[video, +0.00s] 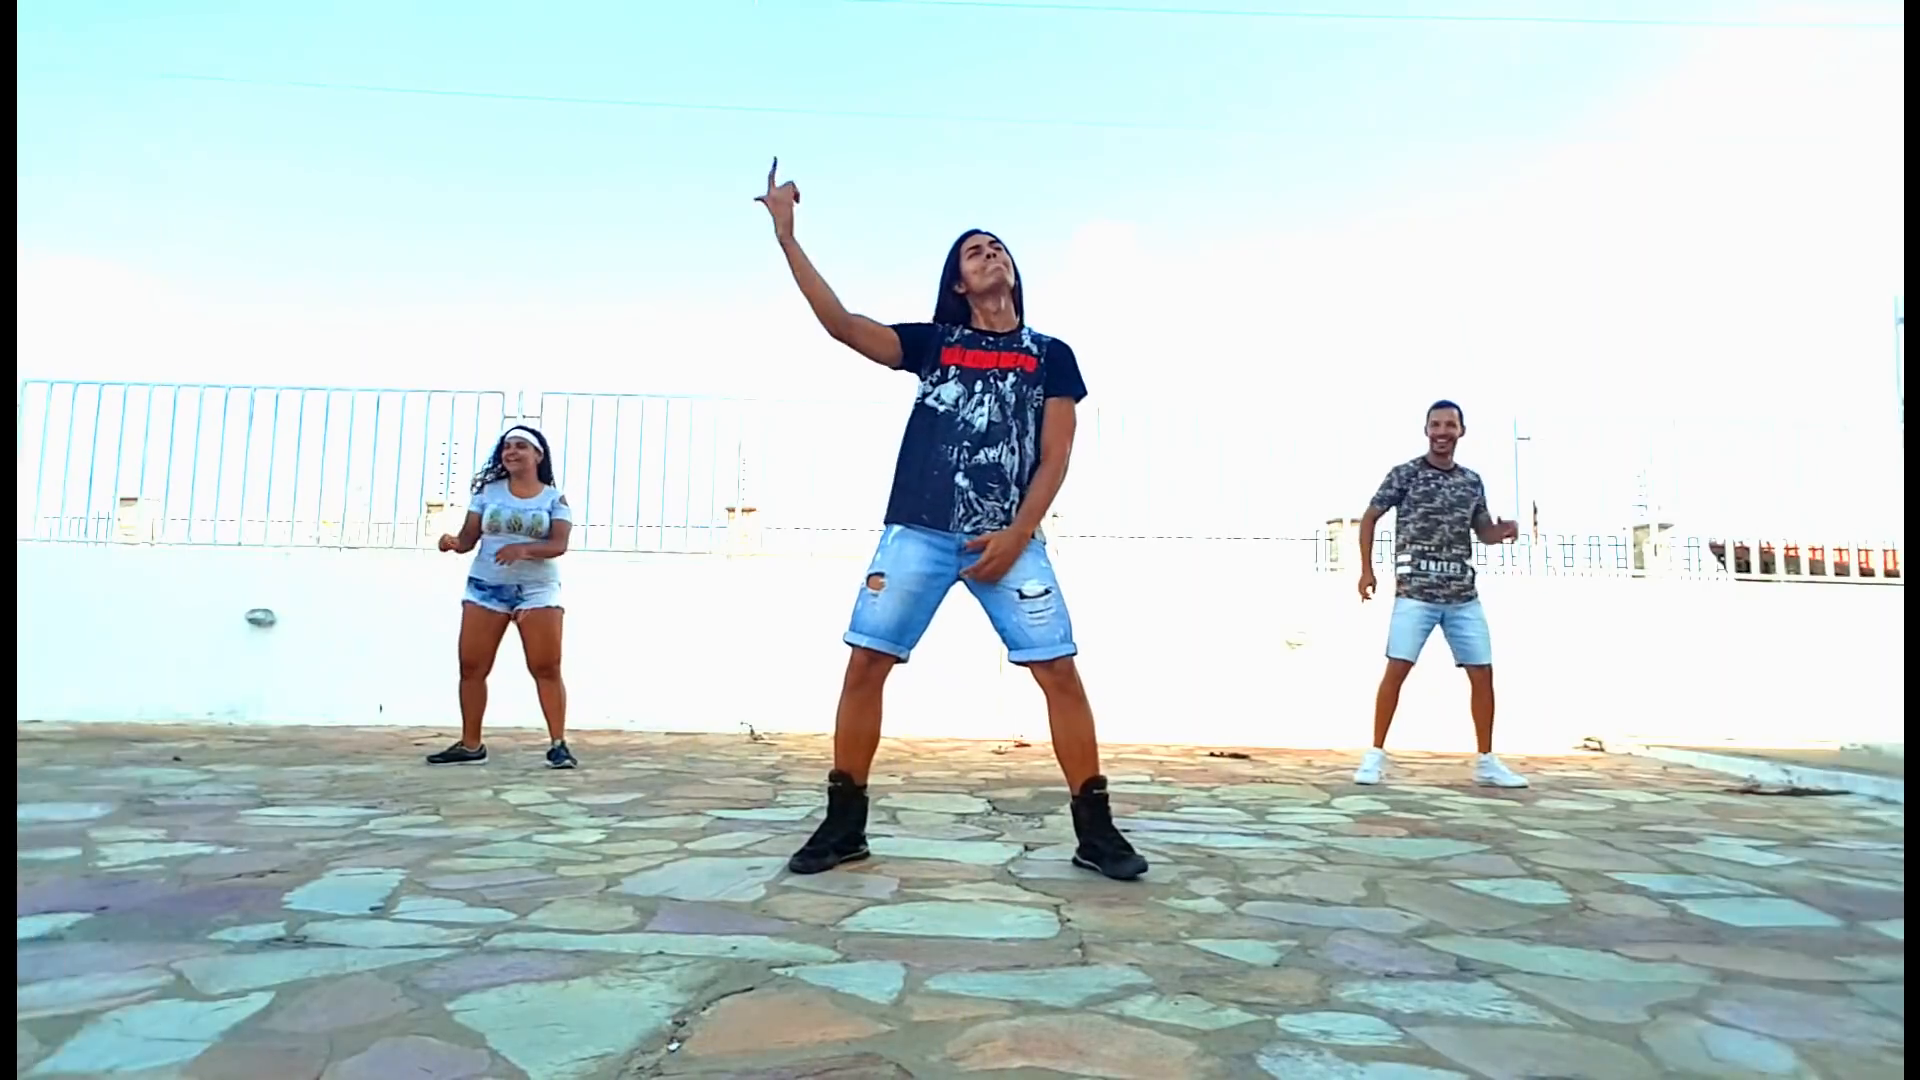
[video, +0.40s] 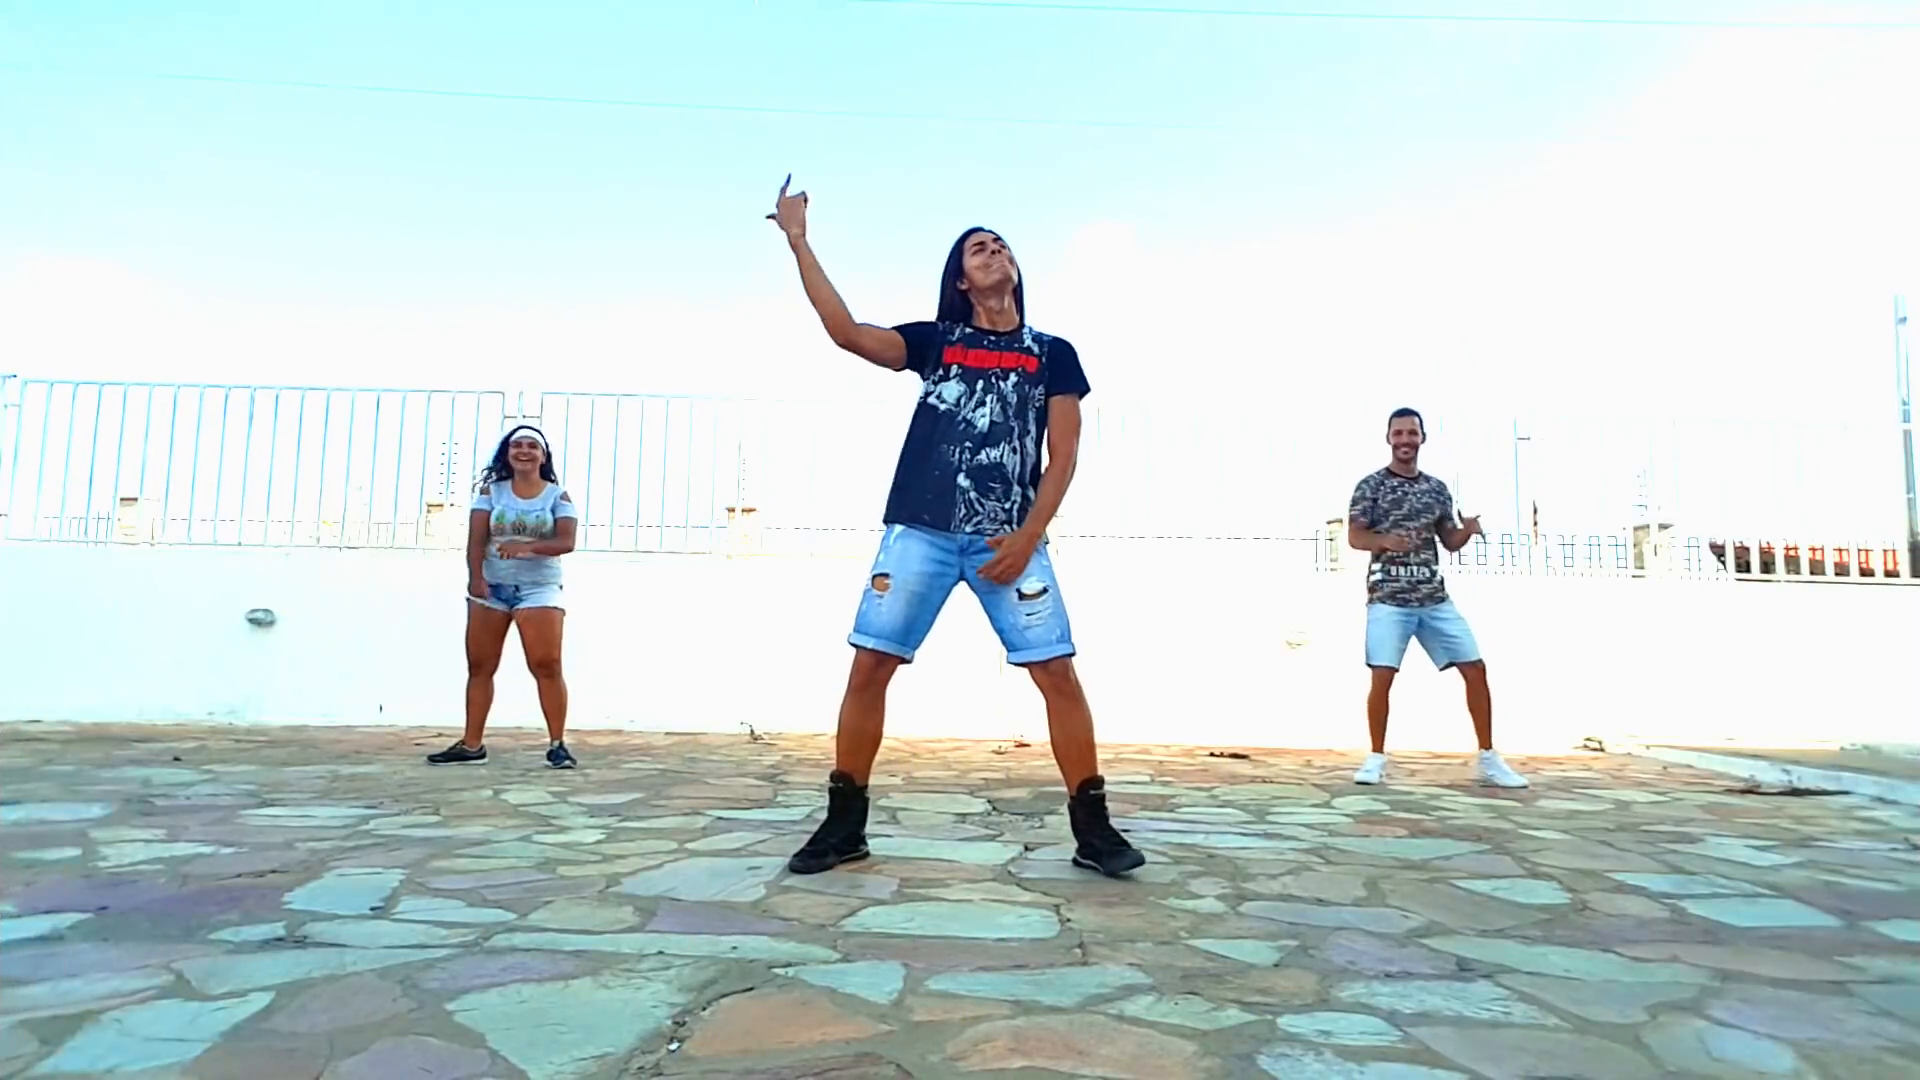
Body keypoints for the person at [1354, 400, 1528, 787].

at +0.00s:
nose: (1443, 432)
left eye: (1450, 426)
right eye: (1436, 425)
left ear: (1461, 432)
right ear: (1426, 431)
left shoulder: (1471, 481)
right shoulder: (1404, 475)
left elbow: (1484, 532)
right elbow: (1368, 520)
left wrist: (1501, 531)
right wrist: (1367, 569)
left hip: (1462, 597)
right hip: (1415, 595)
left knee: (1482, 672)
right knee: (1397, 669)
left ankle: (1486, 759)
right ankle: (1376, 753)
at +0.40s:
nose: (1405, 440)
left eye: (1412, 434)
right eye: (1398, 434)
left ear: (1422, 439)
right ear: (1388, 439)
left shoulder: (1436, 489)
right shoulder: (1370, 487)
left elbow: (1451, 542)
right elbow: (1355, 538)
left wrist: (1468, 530)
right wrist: (1385, 541)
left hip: (1434, 599)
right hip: (1389, 599)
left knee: (1474, 668)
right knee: (1382, 675)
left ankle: (1488, 756)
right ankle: (1376, 757)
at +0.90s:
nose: (1381, 431)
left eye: (1384, 425)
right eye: (1373, 424)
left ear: (1386, 429)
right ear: (1353, 428)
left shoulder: (1394, 470)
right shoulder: (1332, 484)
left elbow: (1418, 518)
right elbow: (1321, 539)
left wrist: (1431, 499)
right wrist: (1350, 564)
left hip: (1415, 582)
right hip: (1371, 593)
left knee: (1470, 638)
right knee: (1374, 670)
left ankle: (1507, 728)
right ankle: (1374, 755)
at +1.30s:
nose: (1335, 440)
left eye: (1342, 434)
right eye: (1334, 434)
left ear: (1367, 435)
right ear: (1340, 437)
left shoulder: (1403, 474)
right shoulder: (1335, 487)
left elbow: (1425, 520)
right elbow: (1328, 541)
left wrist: (1444, 546)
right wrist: (1346, 540)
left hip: (1419, 585)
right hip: (1373, 595)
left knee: (1466, 650)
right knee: (1374, 673)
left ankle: (1499, 740)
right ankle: (1375, 756)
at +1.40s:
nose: (1335, 439)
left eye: (1341, 431)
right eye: (1334, 432)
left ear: (1365, 432)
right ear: (1349, 434)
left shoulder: (1411, 467)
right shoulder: (1343, 478)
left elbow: (1438, 508)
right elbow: (1335, 523)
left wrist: (1440, 546)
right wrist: (1356, 489)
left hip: (1423, 583)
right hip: (1375, 590)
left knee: (1462, 658)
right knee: (1372, 672)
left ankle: (1489, 742)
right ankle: (1373, 755)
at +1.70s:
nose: (1384, 445)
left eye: (1390, 437)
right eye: (1379, 439)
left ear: (1411, 438)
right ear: (1376, 444)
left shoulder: (1446, 482)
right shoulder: (1375, 491)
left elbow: (1462, 533)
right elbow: (1356, 547)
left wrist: (1453, 540)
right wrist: (1371, 525)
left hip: (1448, 598)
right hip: (1398, 600)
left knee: (1481, 673)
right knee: (1383, 676)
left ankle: (1486, 757)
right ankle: (1375, 757)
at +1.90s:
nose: (1433, 433)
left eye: (1441, 427)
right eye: (1426, 427)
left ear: (1453, 434)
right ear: (1417, 434)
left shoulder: (1470, 473)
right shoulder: (1398, 487)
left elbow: (1511, 513)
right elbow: (1385, 526)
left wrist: (1483, 492)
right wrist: (1402, 555)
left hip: (1470, 599)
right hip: (1423, 599)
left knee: (1496, 673)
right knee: (1401, 671)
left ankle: (1485, 758)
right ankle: (1376, 754)